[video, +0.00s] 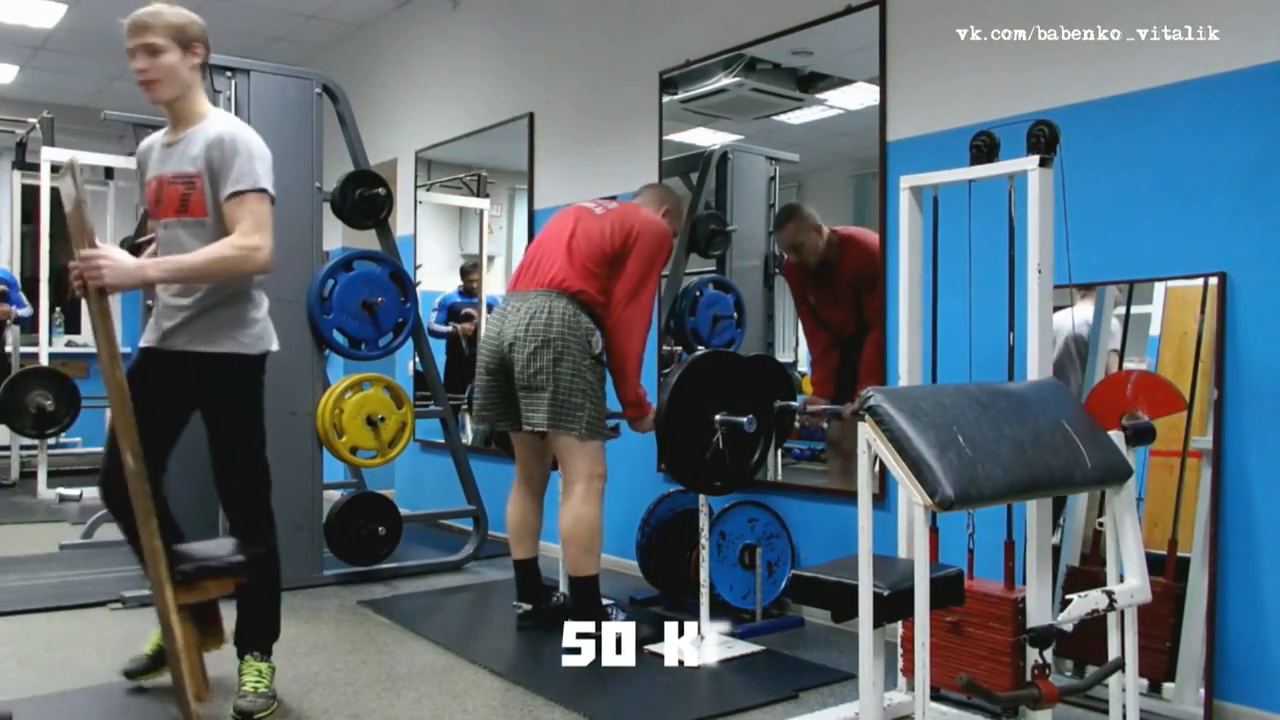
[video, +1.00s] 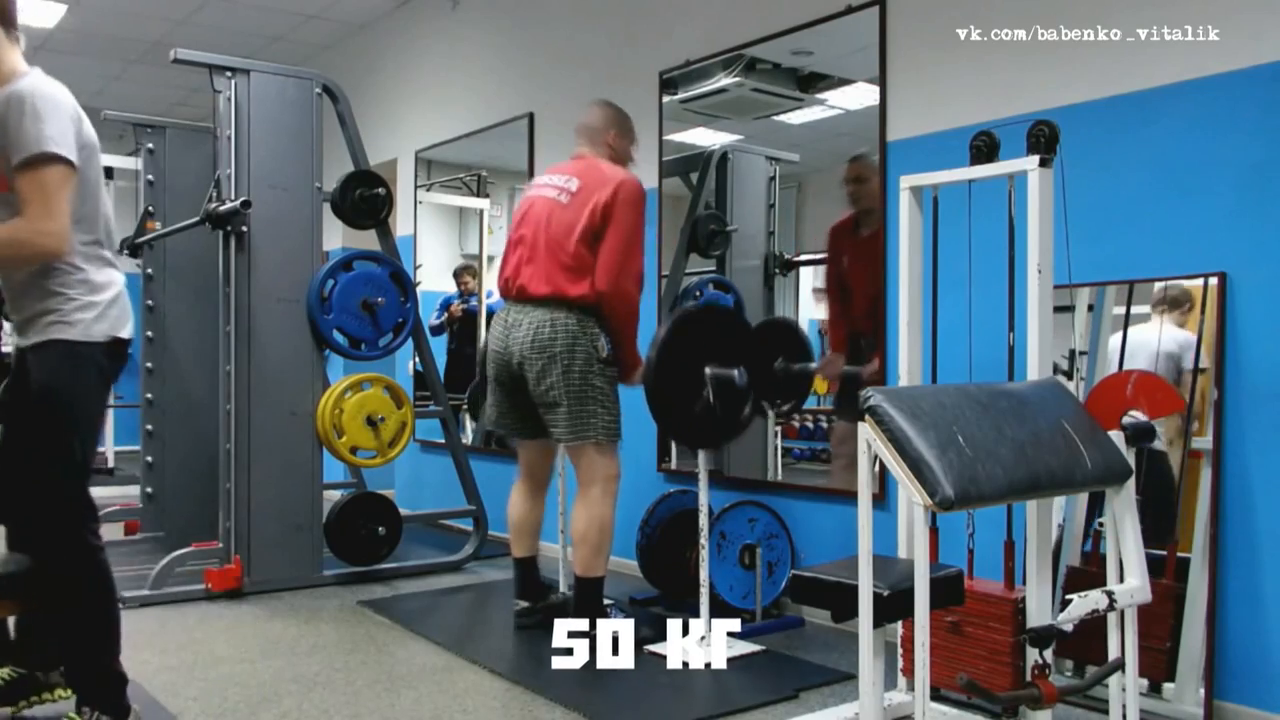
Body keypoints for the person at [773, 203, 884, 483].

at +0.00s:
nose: (794, 258)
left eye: (798, 248)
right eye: (787, 252)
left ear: (822, 232)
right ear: (783, 249)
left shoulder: (867, 251)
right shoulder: (794, 270)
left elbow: (880, 327)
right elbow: (818, 338)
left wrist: (868, 391)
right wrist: (820, 394)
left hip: (880, 340)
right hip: (842, 347)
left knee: (878, 431)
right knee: (838, 435)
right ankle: (842, 515)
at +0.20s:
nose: (791, 251)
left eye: (797, 241)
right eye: (785, 244)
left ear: (822, 230)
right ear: (781, 241)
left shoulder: (866, 251)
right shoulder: (792, 268)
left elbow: (880, 327)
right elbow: (818, 336)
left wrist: (867, 391)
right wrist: (820, 392)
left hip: (879, 343)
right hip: (841, 348)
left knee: (876, 436)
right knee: (835, 437)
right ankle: (841, 520)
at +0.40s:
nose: (793, 246)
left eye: (800, 235)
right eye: (787, 238)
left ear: (826, 226)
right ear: (784, 236)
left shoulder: (868, 249)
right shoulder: (793, 266)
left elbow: (881, 326)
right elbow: (814, 333)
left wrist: (866, 391)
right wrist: (819, 390)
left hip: (879, 344)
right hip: (839, 348)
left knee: (877, 437)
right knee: (834, 437)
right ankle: (842, 520)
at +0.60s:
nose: (801, 231)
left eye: (807, 220)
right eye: (796, 224)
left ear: (833, 215)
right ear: (794, 224)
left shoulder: (874, 243)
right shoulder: (804, 260)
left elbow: (884, 323)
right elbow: (815, 329)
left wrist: (867, 390)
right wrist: (819, 389)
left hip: (884, 344)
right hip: (843, 349)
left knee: (882, 435)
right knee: (834, 439)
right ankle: (842, 523)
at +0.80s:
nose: (820, 214)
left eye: (829, 204)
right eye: (816, 206)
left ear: (855, 203)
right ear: (814, 208)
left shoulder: (884, 238)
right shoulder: (817, 250)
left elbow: (889, 317)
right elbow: (820, 319)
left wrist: (871, 382)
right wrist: (823, 377)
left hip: (883, 365)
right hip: (842, 370)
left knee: (883, 448)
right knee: (838, 445)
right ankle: (838, 520)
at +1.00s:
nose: (852, 189)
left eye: (861, 181)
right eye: (848, 182)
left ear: (883, 183)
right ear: (845, 187)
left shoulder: (901, 228)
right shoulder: (841, 233)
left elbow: (909, 299)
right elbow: (836, 297)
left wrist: (883, 358)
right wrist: (837, 351)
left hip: (895, 350)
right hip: (855, 351)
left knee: (893, 439)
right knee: (846, 439)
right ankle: (843, 516)